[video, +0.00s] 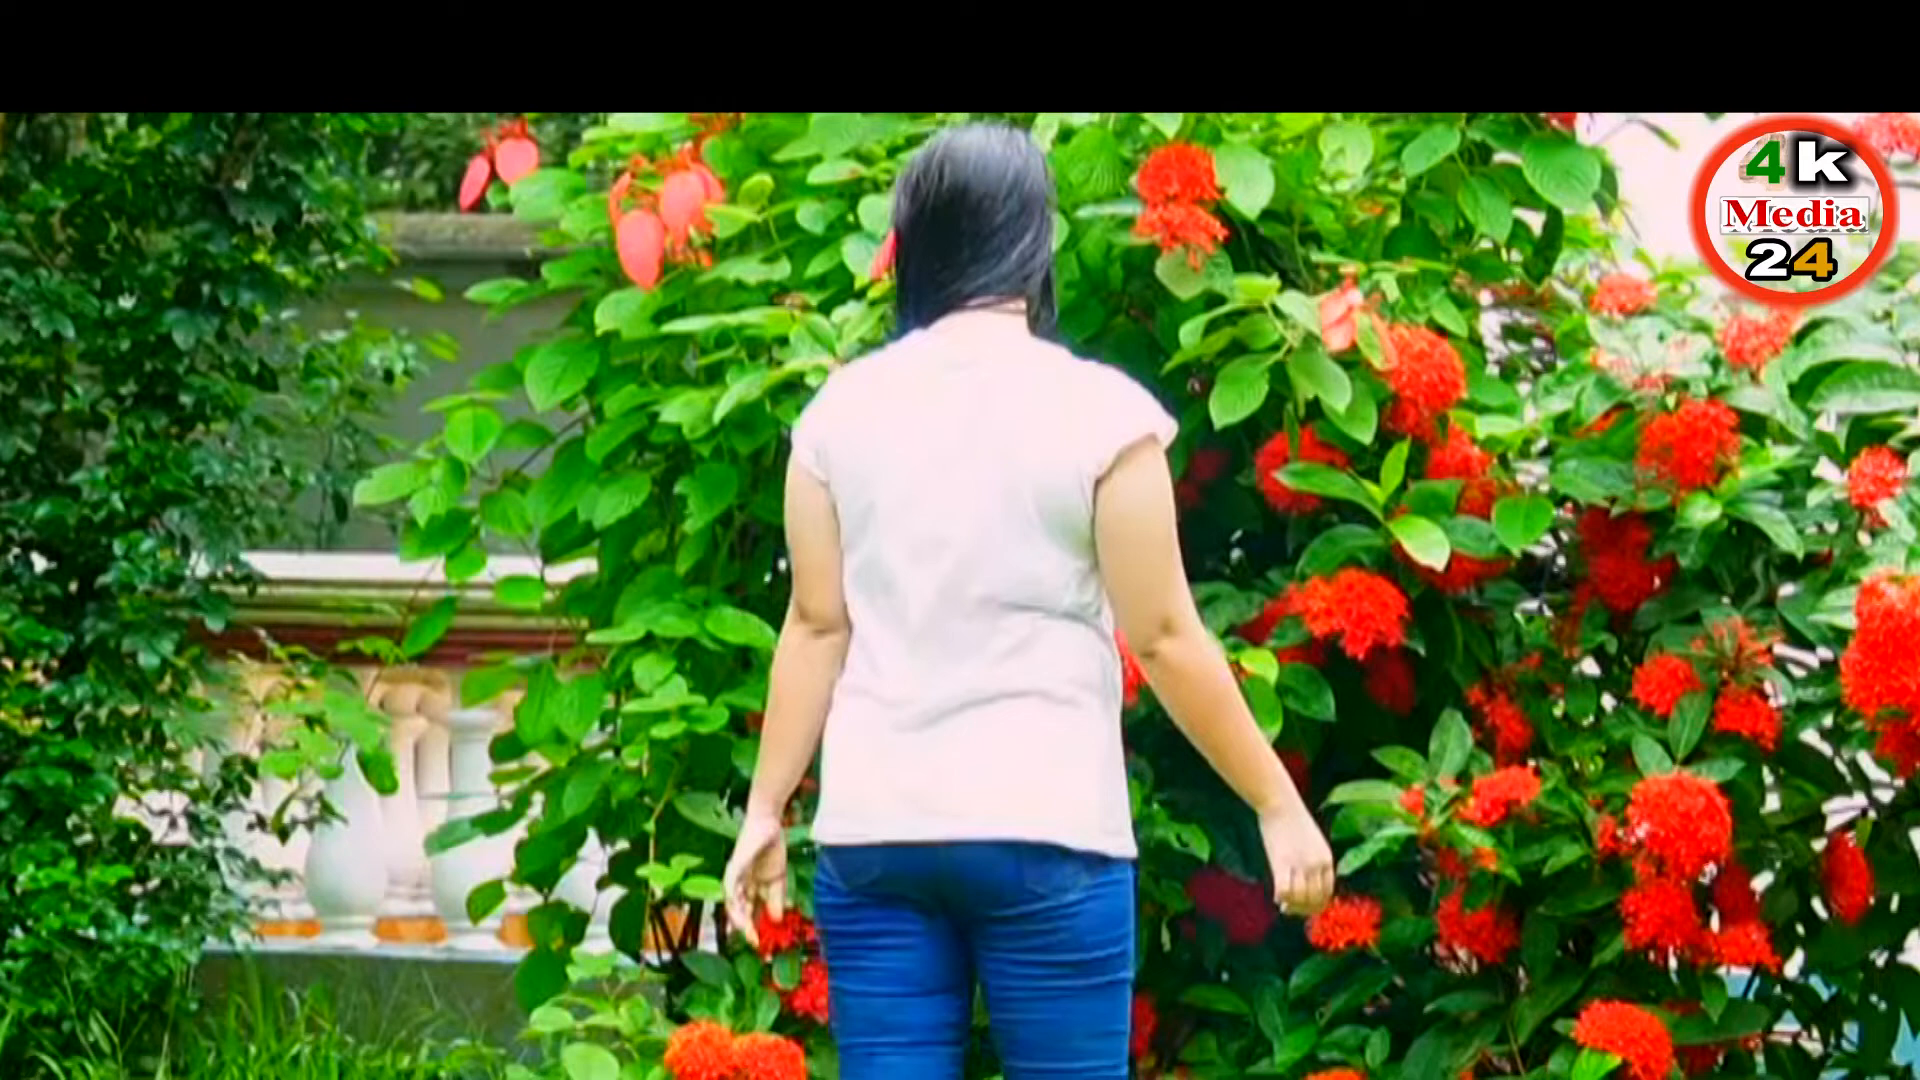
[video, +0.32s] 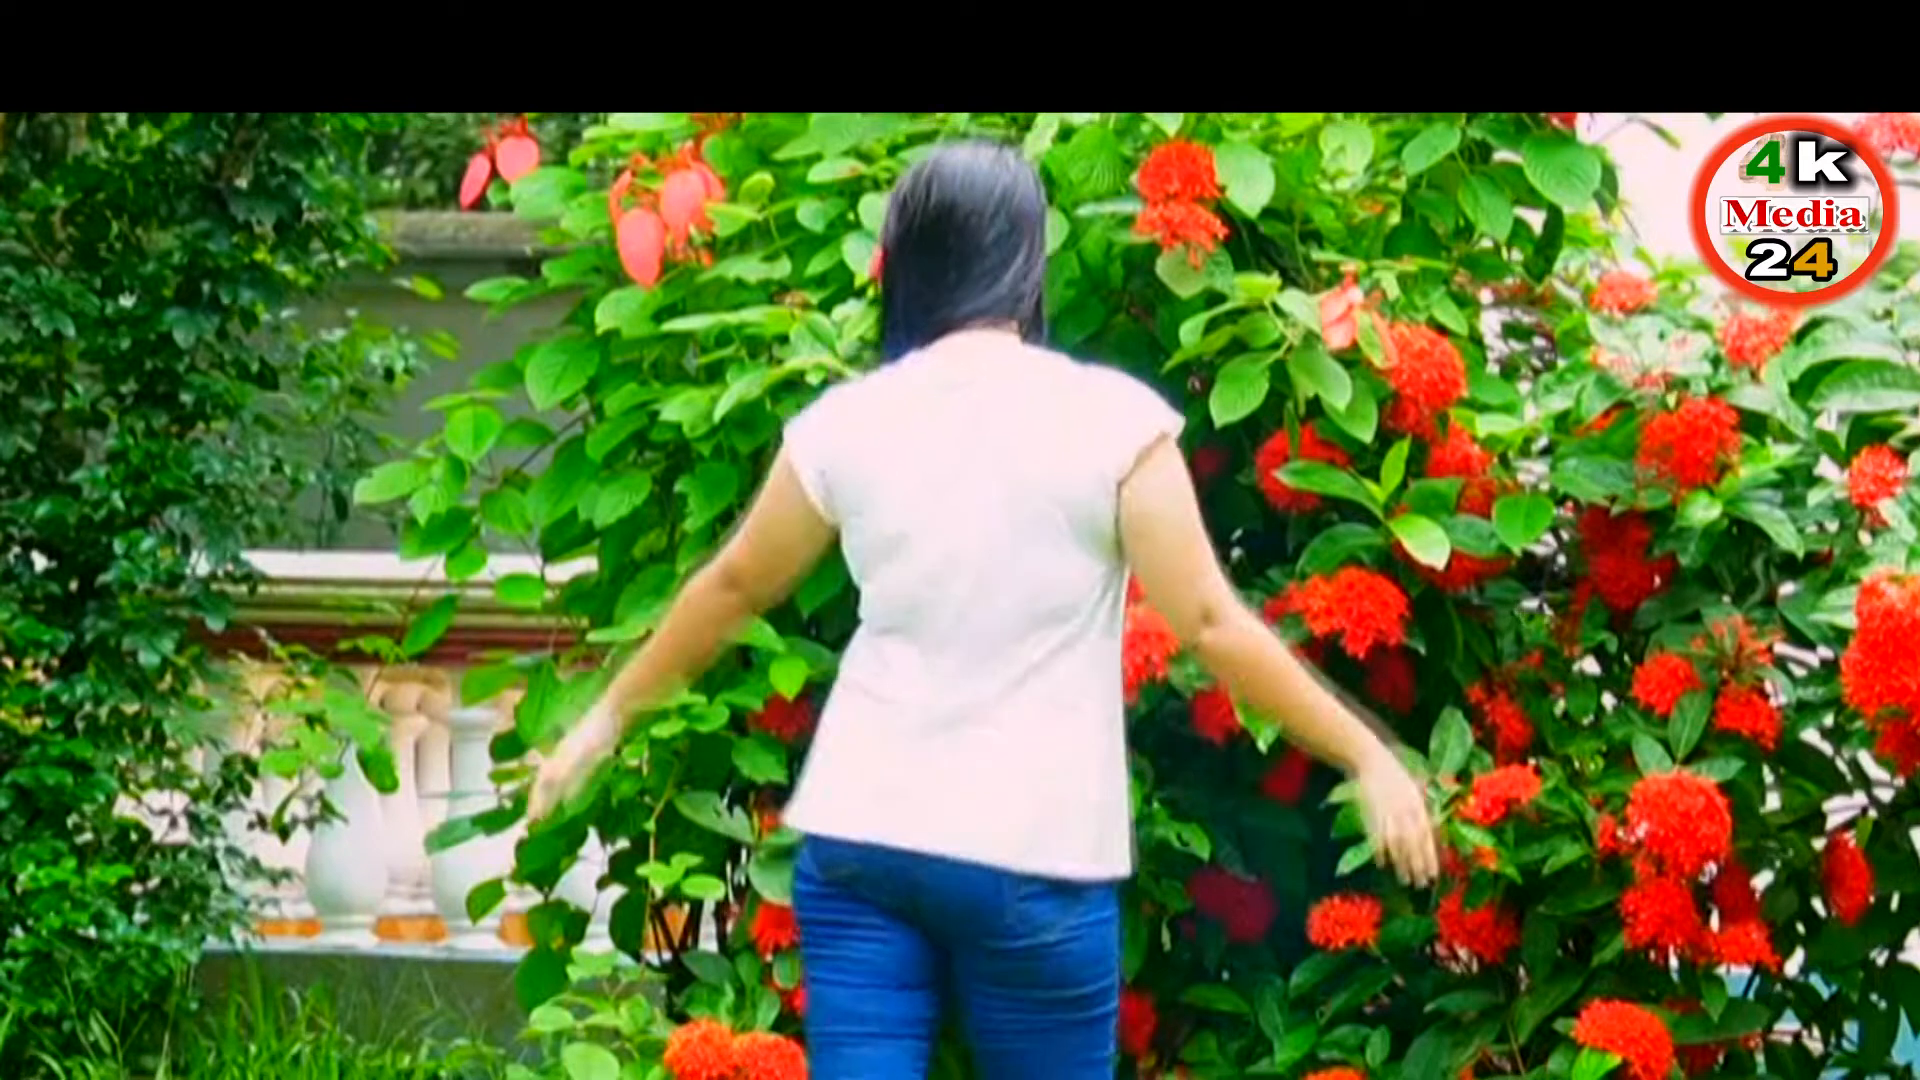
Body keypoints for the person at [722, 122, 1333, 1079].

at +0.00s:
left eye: (899, 228)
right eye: (1041, 226)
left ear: (907, 248)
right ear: (1038, 246)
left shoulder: (838, 409)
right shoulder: (1103, 407)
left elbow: (816, 621)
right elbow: (1164, 635)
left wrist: (765, 805)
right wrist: (1279, 805)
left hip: (871, 820)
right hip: (1049, 816)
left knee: (889, 1067)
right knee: (1070, 1064)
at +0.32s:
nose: (877, 262)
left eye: (885, 239)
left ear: (896, 263)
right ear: (1032, 264)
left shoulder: (847, 422)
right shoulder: (1116, 418)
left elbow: (733, 585)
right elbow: (1208, 624)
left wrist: (608, 717)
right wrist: (1368, 757)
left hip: (854, 839)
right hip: (1041, 858)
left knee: (859, 1067)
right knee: (1050, 1068)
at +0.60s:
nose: (881, 239)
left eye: (897, 221)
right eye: (895, 214)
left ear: (918, 260)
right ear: (1044, 273)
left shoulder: (834, 405)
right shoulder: (1104, 425)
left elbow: (725, 434)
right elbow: (1250, 595)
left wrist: (607, 403)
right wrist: (1459, 590)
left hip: (953, 843)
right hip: (1128, 815)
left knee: (966, 1066)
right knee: (1121, 1068)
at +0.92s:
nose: (887, 248)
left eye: (895, 226)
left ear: (901, 249)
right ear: (1039, 249)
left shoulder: (841, 366)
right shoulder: (1104, 391)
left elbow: (739, 320)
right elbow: (1292, 492)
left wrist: (676, 186)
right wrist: (1462, 356)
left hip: (859, 799)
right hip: (1039, 809)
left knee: (875, 1066)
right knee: (1060, 1065)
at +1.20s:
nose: (876, 257)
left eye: (884, 235)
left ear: (893, 266)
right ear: (1033, 266)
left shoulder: (852, 395)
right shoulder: (1117, 407)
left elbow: (776, 358)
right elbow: (1306, 462)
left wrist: (788, 183)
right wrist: (1377, 269)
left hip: (837, 812)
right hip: (1022, 845)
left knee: (836, 1067)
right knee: (1036, 1065)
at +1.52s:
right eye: (1083, 255)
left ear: (957, 269)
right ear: (1078, 279)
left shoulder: (871, 421)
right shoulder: (1119, 422)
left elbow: (898, 398)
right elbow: (1324, 487)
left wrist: (910, 276)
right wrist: (1336, 289)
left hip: (966, 841)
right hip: (1144, 808)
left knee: (990, 1063)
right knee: (1133, 1064)